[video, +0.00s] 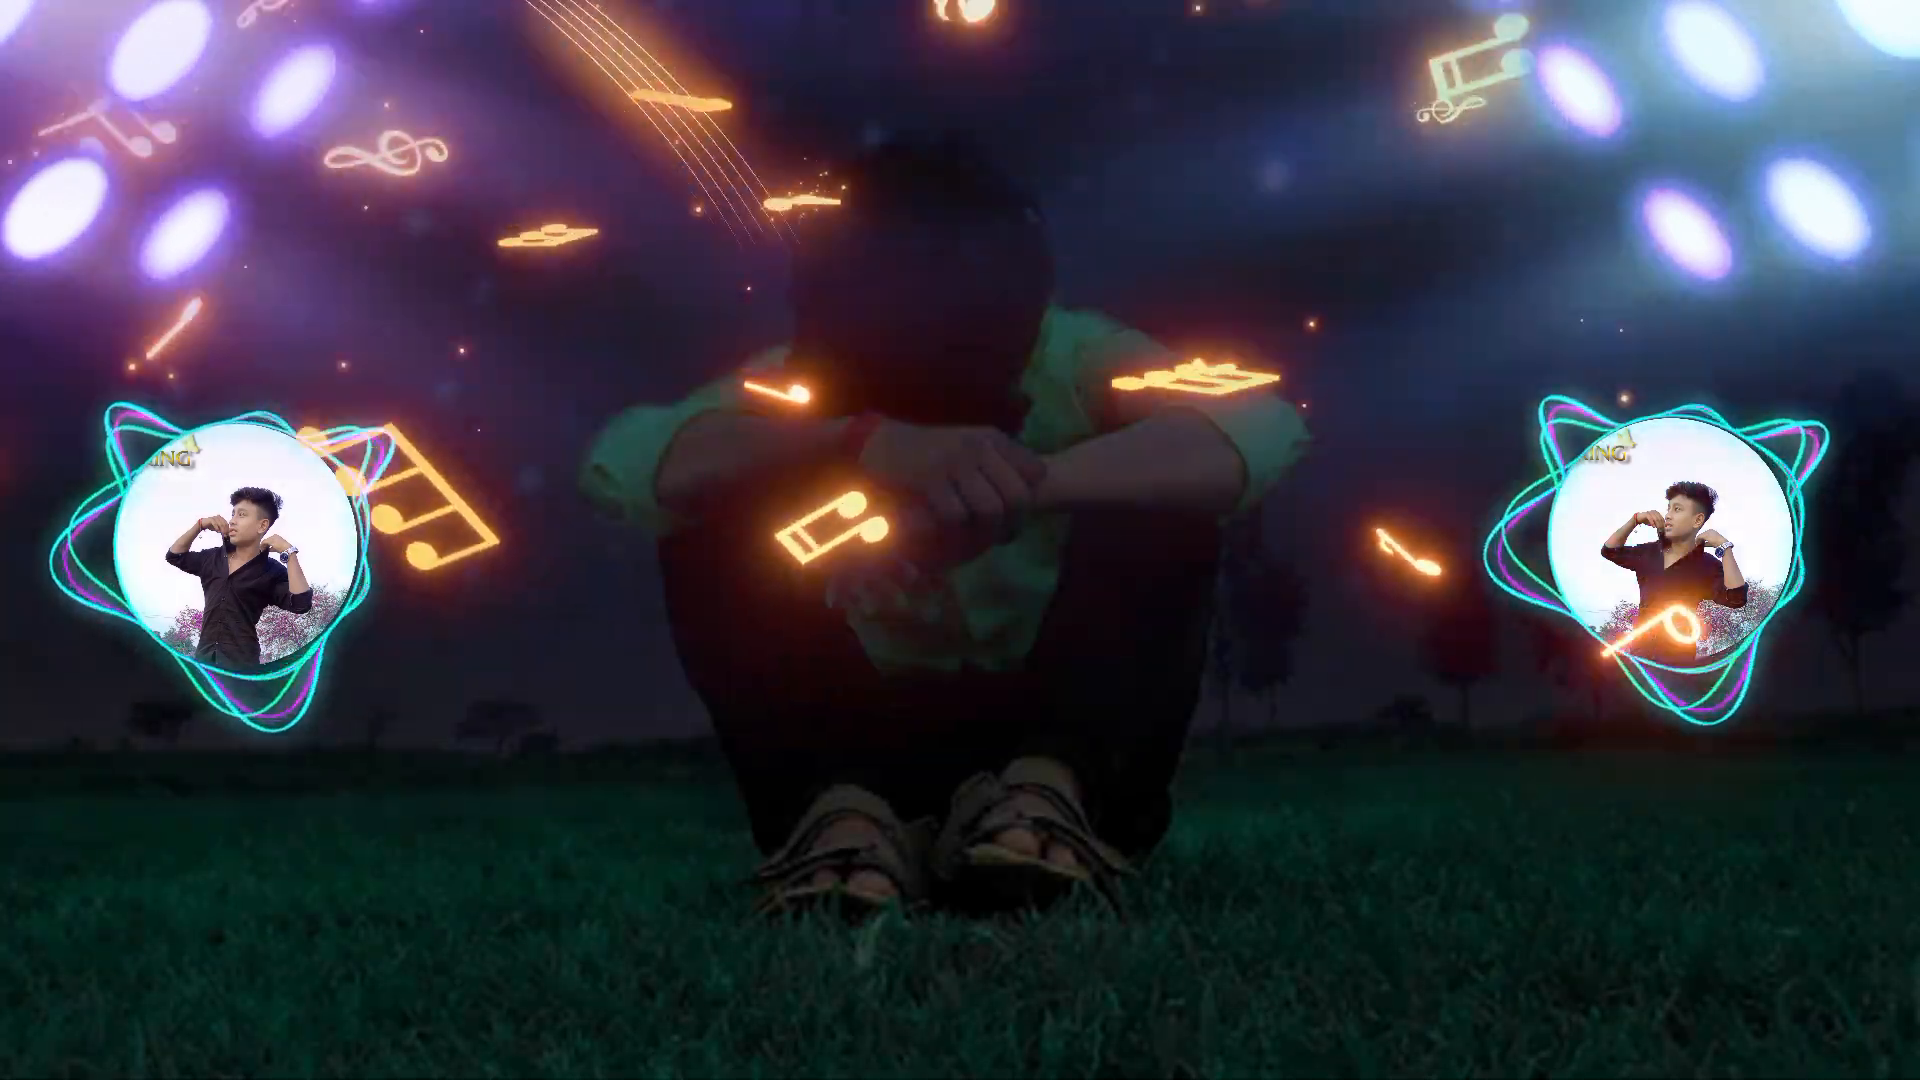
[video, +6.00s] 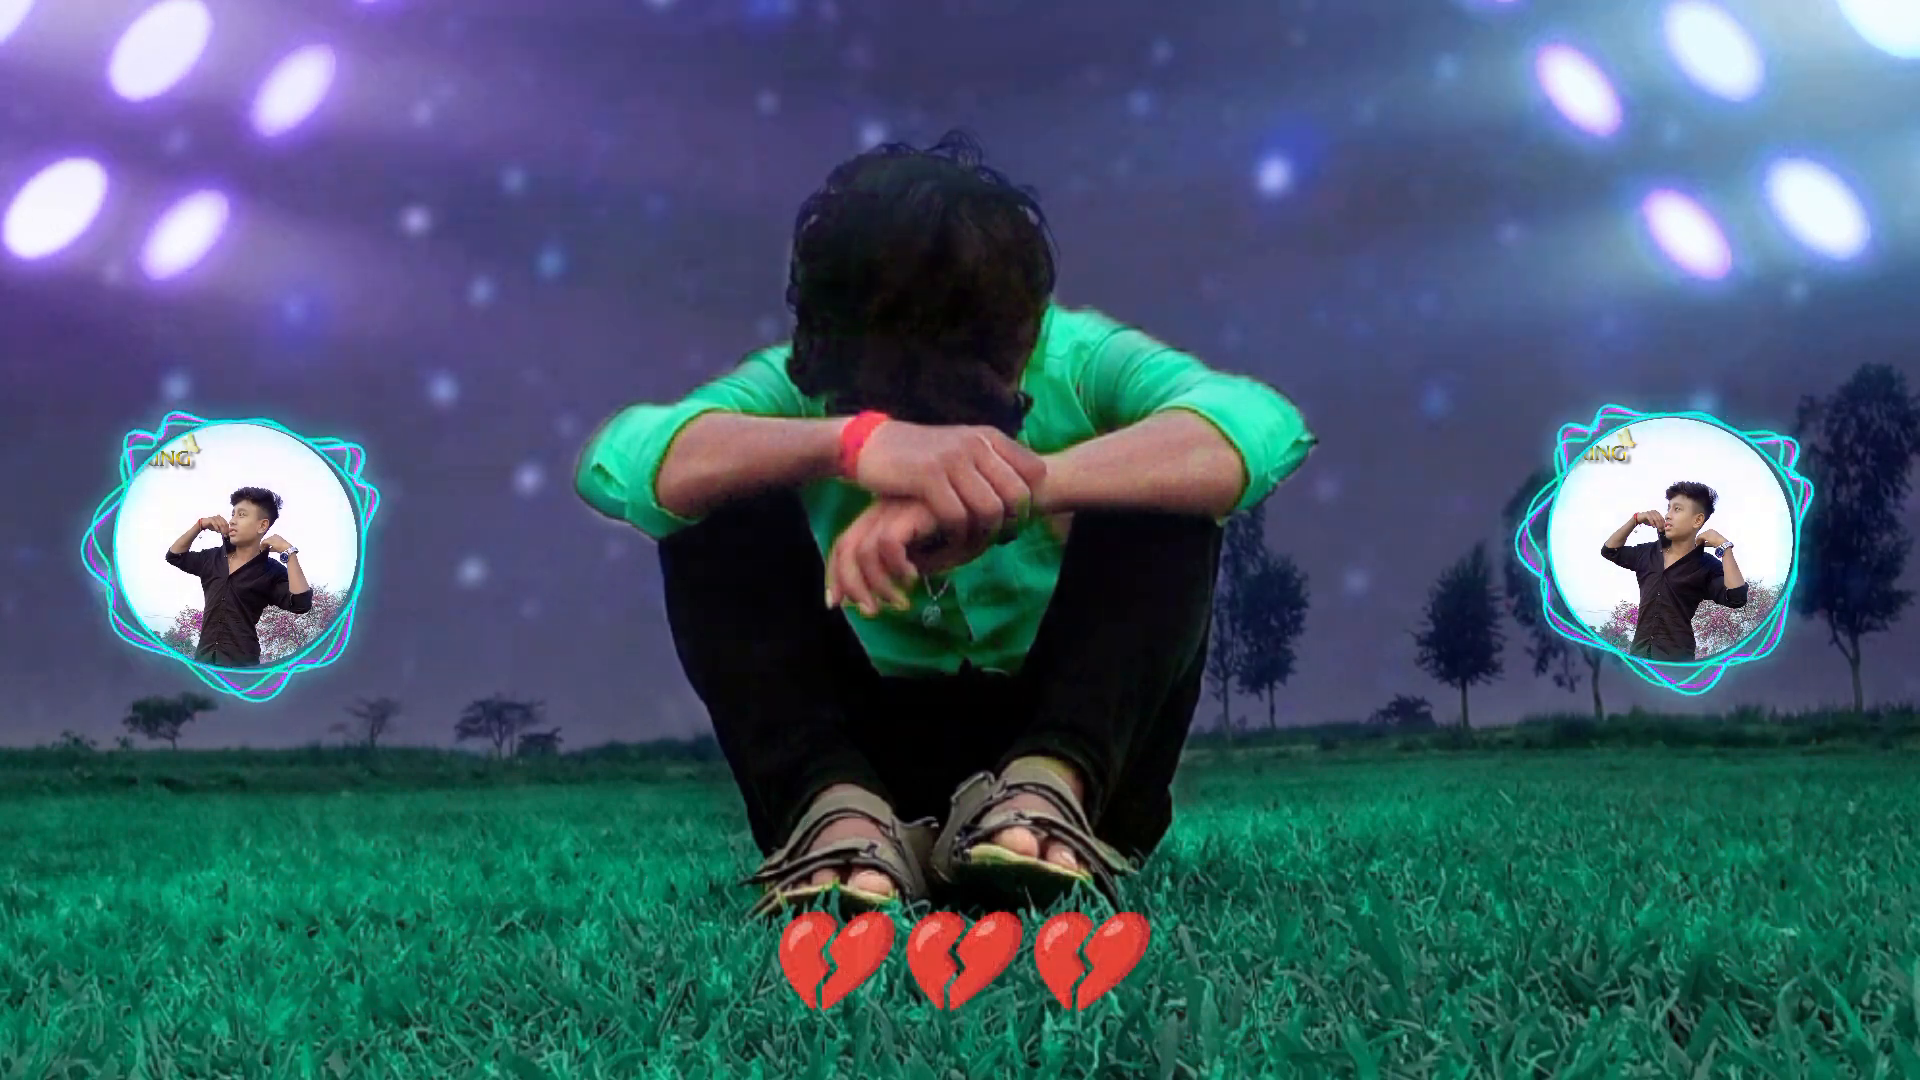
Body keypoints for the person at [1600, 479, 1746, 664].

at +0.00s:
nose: (1667, 515)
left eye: (1677, 509)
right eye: (1668, 509)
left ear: (1698, 520)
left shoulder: (1706, 565)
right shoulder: (1647, 554)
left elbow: (1737, 599)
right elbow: (1609, 551)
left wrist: (1725, 547)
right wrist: (1634, 520)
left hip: (1678, 661)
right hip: (1639, 655)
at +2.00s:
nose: (1668, 515)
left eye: (1678, 509)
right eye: (1669, 508)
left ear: (1699, 520)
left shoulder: (1705, 565)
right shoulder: (1648, 553)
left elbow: (1737, 600)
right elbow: (1609, 551)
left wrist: (1725, 548)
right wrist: (1633, 521)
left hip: (1678, 659)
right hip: (1640, 654)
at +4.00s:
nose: (1667, 515)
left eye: (1677, 509)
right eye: (1669, 509)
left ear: (1698, 520)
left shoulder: (1706, 565)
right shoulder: (1651, 552)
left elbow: (1737, 600)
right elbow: (1609, 551)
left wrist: (1725, 547)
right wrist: (1634, 521)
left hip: (1677, 655)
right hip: (1640, 650)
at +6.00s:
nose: (1667, 515)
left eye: (1677, 509)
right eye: (1668, 509)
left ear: (1698, 520)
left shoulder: (1705, 564)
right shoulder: (1647, 553)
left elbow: (1737, 599)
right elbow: (1609, 551)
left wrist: (1725, 547)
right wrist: (1634, 520)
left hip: (1677, 658)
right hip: (1639, 653)